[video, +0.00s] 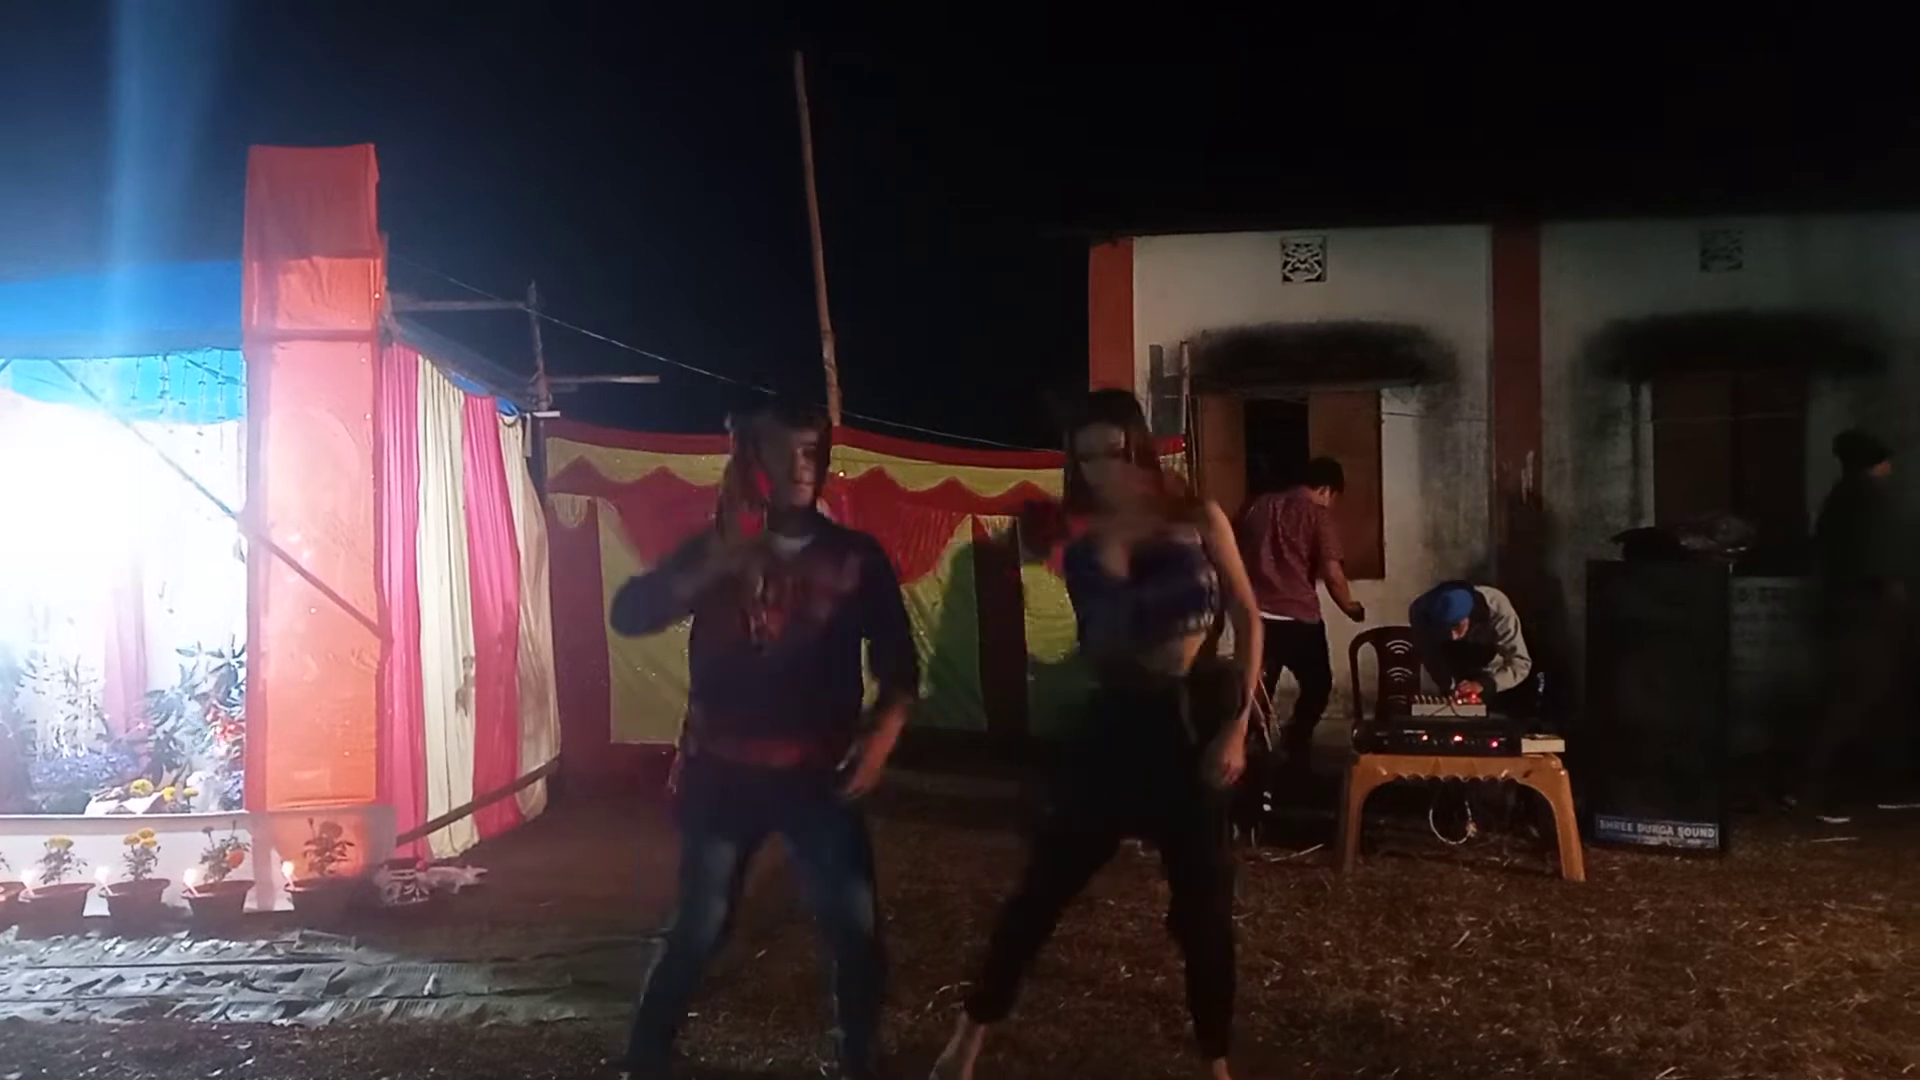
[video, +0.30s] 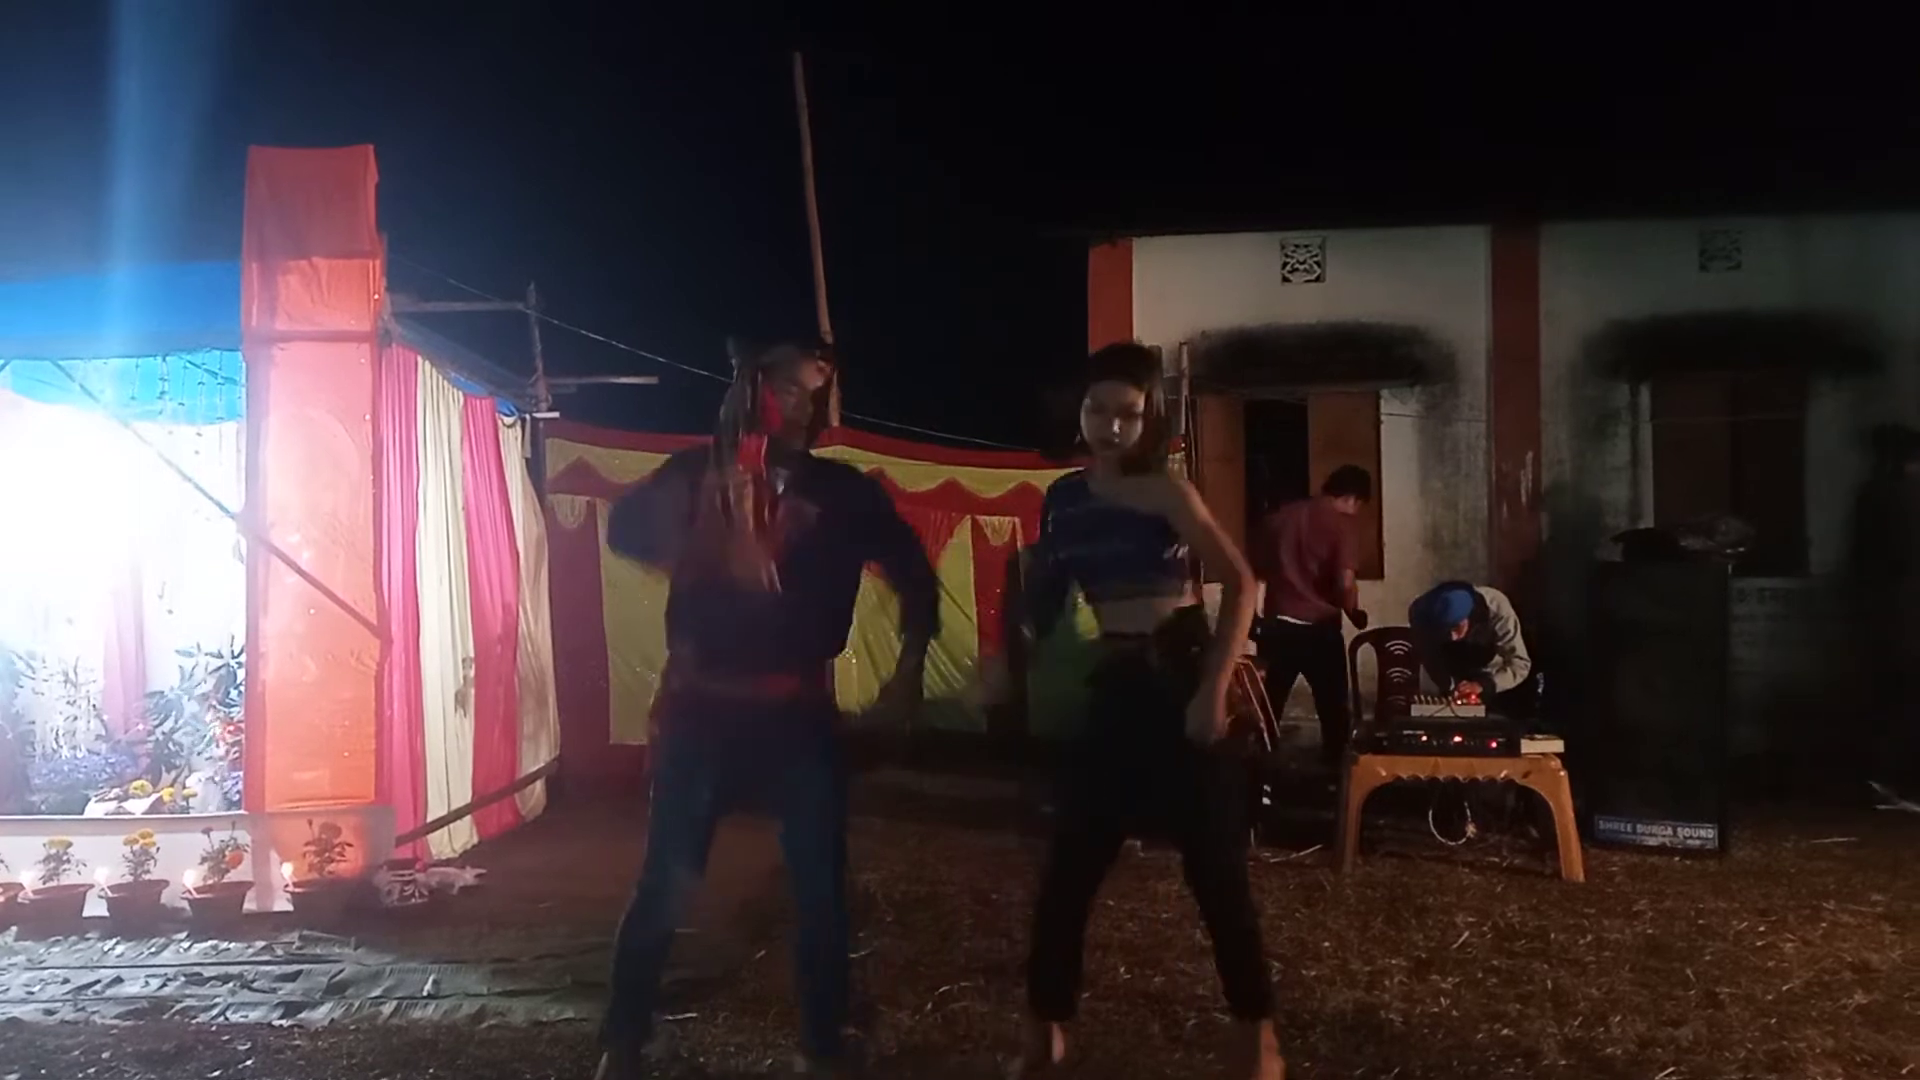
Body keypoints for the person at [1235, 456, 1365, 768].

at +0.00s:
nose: (1330, 506)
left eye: (1333, 498)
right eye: (1332, 498)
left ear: (1303, 483)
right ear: (1324, 490)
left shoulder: (1257, 506)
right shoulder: (1316, 513)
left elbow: (1232, 551)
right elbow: (1331, 572)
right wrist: (1349, 607)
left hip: (1258, 624)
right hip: (1301, 627)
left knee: (1258, 691)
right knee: (1317, 687)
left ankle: (1250, 754)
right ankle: (1295, 746)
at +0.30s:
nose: (1354, 512)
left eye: (1358, 505)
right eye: (1357, 504)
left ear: (1326, 489)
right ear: (1349, 498)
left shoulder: (1286, 514)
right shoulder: (1341, 524)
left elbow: (1259, 563)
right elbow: (1344, 582)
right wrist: (1353, 611)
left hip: (1278, 632)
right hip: (1320, 636)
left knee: (1268, 708)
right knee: (1333, 712)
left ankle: (1253, 772)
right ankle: (1333, 777)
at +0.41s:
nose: (1377, 512)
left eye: (1380, 507)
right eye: (1378, 505)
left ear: (1351, 491)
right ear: (1367, 497)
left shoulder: (1303, 515)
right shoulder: (1363, 524)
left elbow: (1276, 565)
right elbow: (1365, 583)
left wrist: (1267, 610)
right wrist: (1372, 615)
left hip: (1298, 632)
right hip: (1342, 635)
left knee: (1275, 706)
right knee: (1349, 713)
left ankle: (1253, 772)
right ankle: (1346, 780)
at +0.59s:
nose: (1398, 504)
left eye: (1401, 497)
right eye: (1400, 496)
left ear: (1371, 484)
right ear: (1388, 490)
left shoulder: (1329, 508)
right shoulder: (1381, 515)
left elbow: (1301, 560)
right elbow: (1390, 570)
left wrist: (1295, 607)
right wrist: (1411, 600)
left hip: (1323, 617)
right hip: (1359, 617)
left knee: (1328, 677)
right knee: (1359, 687)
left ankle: (1282, 727)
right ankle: (1349, 756)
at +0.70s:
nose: (1409, 500)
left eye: (1413, 493)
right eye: (1411, 491)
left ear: (1381, 480)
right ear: (1399, 485)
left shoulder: (1342, 509)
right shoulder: (1391, 512)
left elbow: (1320, 563)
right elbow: (1403, 565)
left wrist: (1315, 605)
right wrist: (1427, 587)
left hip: (1336, 611)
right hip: (1371, 613)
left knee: (1358, 675)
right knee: (1371, 679)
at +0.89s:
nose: (1441, 502)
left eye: (1445, 497)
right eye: (1442, 494)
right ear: (1430, 487)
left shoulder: (1382, 511)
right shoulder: (1418, 514)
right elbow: (1431, 567)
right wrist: (1461, 613)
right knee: (1466, 599)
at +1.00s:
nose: (1464, 503)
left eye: (1466, 497)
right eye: (1463, 495)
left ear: (1432, 487)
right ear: (1449, 492)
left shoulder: (1401, 519)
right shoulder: (1437, 521)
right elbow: (1449, 568)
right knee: (1493, 599)